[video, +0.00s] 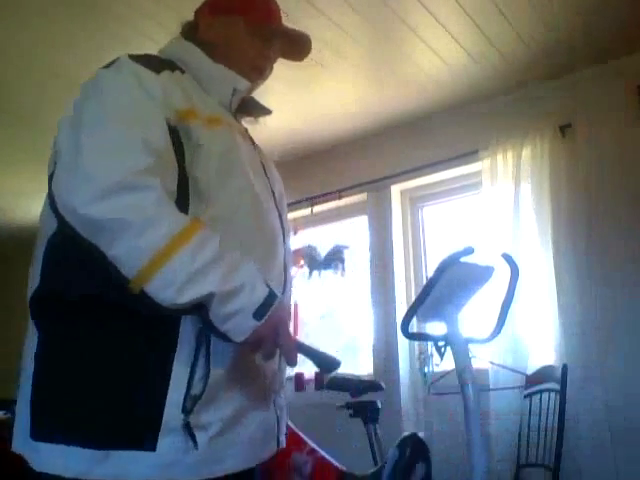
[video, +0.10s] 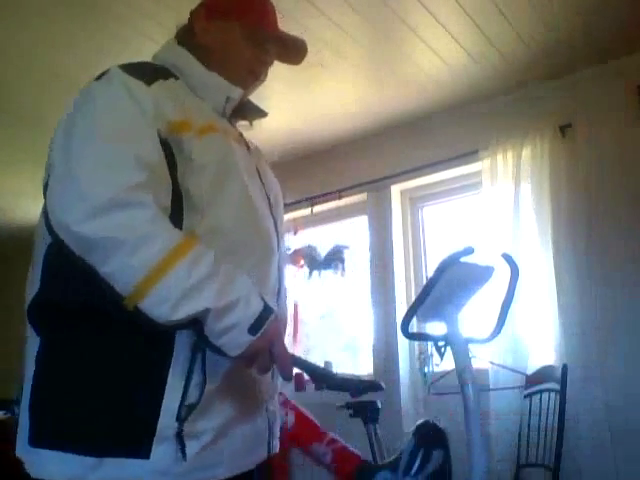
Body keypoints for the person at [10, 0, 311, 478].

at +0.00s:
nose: (270, 57)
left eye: (276, 46)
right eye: (261, 36)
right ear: (210, 20)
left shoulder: (243, 142)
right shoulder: (129, 85)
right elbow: (111, 206)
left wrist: (278, 309)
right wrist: (249, 306)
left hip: (234, 436)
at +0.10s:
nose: (266, 63)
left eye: (272, 53)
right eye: (257, 42)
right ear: (205, 24)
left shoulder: (244, 147)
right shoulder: (124, 94)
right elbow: (105, 219)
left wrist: (270, 332)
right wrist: (240, 315)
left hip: (233, 440)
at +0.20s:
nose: (262, 56)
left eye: (267, 46)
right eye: (251, 37)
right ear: (198, 22)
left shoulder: (249, 149)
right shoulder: (120, 95)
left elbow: (262, 279)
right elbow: (100, 219)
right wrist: (229, 311)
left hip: (241, 437)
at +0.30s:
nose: (260, 57)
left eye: (266, 47)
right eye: (250, 38)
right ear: (202, 22)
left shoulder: (253, 148)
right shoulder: (117, 94)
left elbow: (262, 271)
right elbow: (90, 212)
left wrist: (300, 341)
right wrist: (220, 305)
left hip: (248, 438)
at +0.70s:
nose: (290, 99)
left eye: (295, 91)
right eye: (280, 82)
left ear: (296, 99)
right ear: (239, 72)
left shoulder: (292, 178)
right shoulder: (166, 130)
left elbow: (304, 289)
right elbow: (123, 218)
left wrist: (342, 363)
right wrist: (230, 298)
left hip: (277, 436)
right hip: (181, 436)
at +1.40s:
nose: (333, 143)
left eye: (338, 135)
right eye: (327, 126)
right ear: (293, 116)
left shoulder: (332, 219)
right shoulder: (210, 156)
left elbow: (338, 326)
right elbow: (145, 235)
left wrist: (368, 402)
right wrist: (171, 323)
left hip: (287, 445)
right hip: (190, 436)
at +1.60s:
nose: (302, 117)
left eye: (310, 111)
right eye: (291, 104)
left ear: (313, 122)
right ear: (257, 106)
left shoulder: (327, 206)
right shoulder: (190, 162)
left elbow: (340, 307)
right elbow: (118, 259)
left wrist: (377, 375)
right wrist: (111, 343)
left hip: (287, 432)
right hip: (182, 425)